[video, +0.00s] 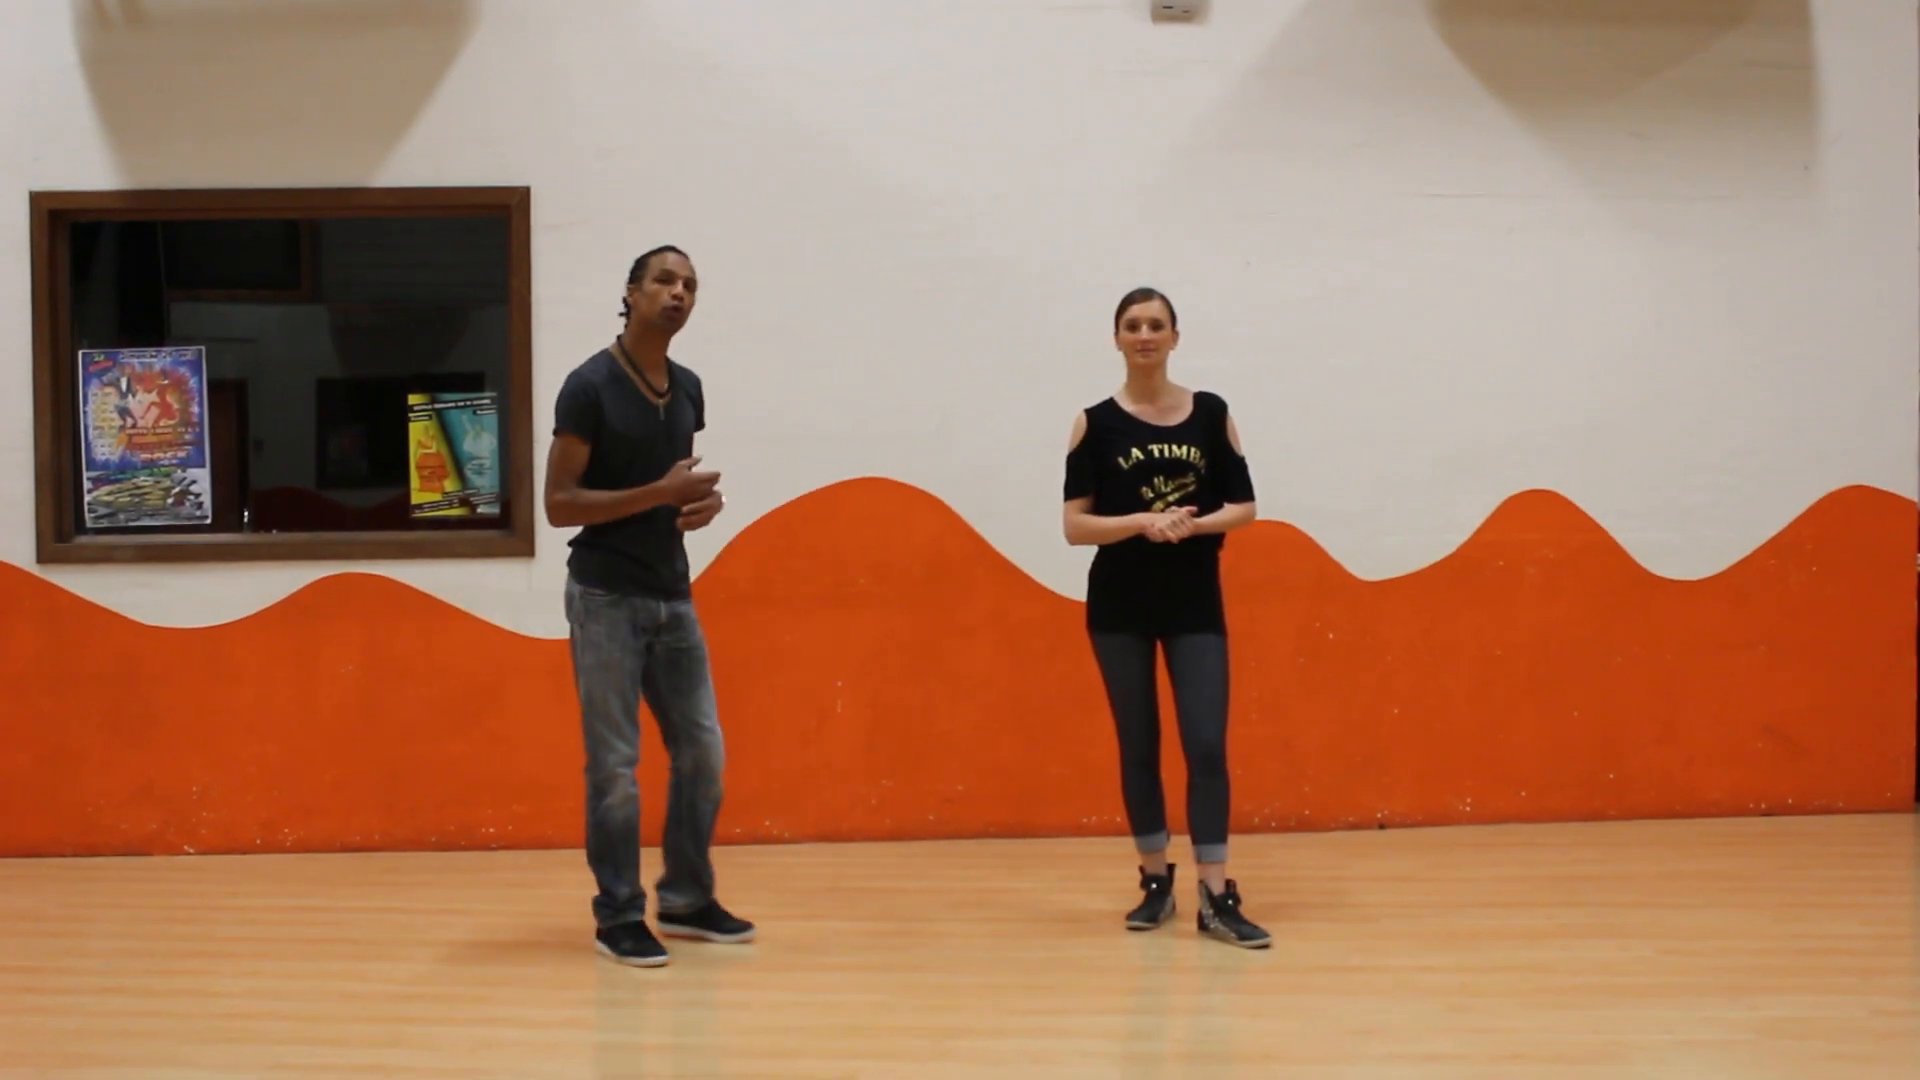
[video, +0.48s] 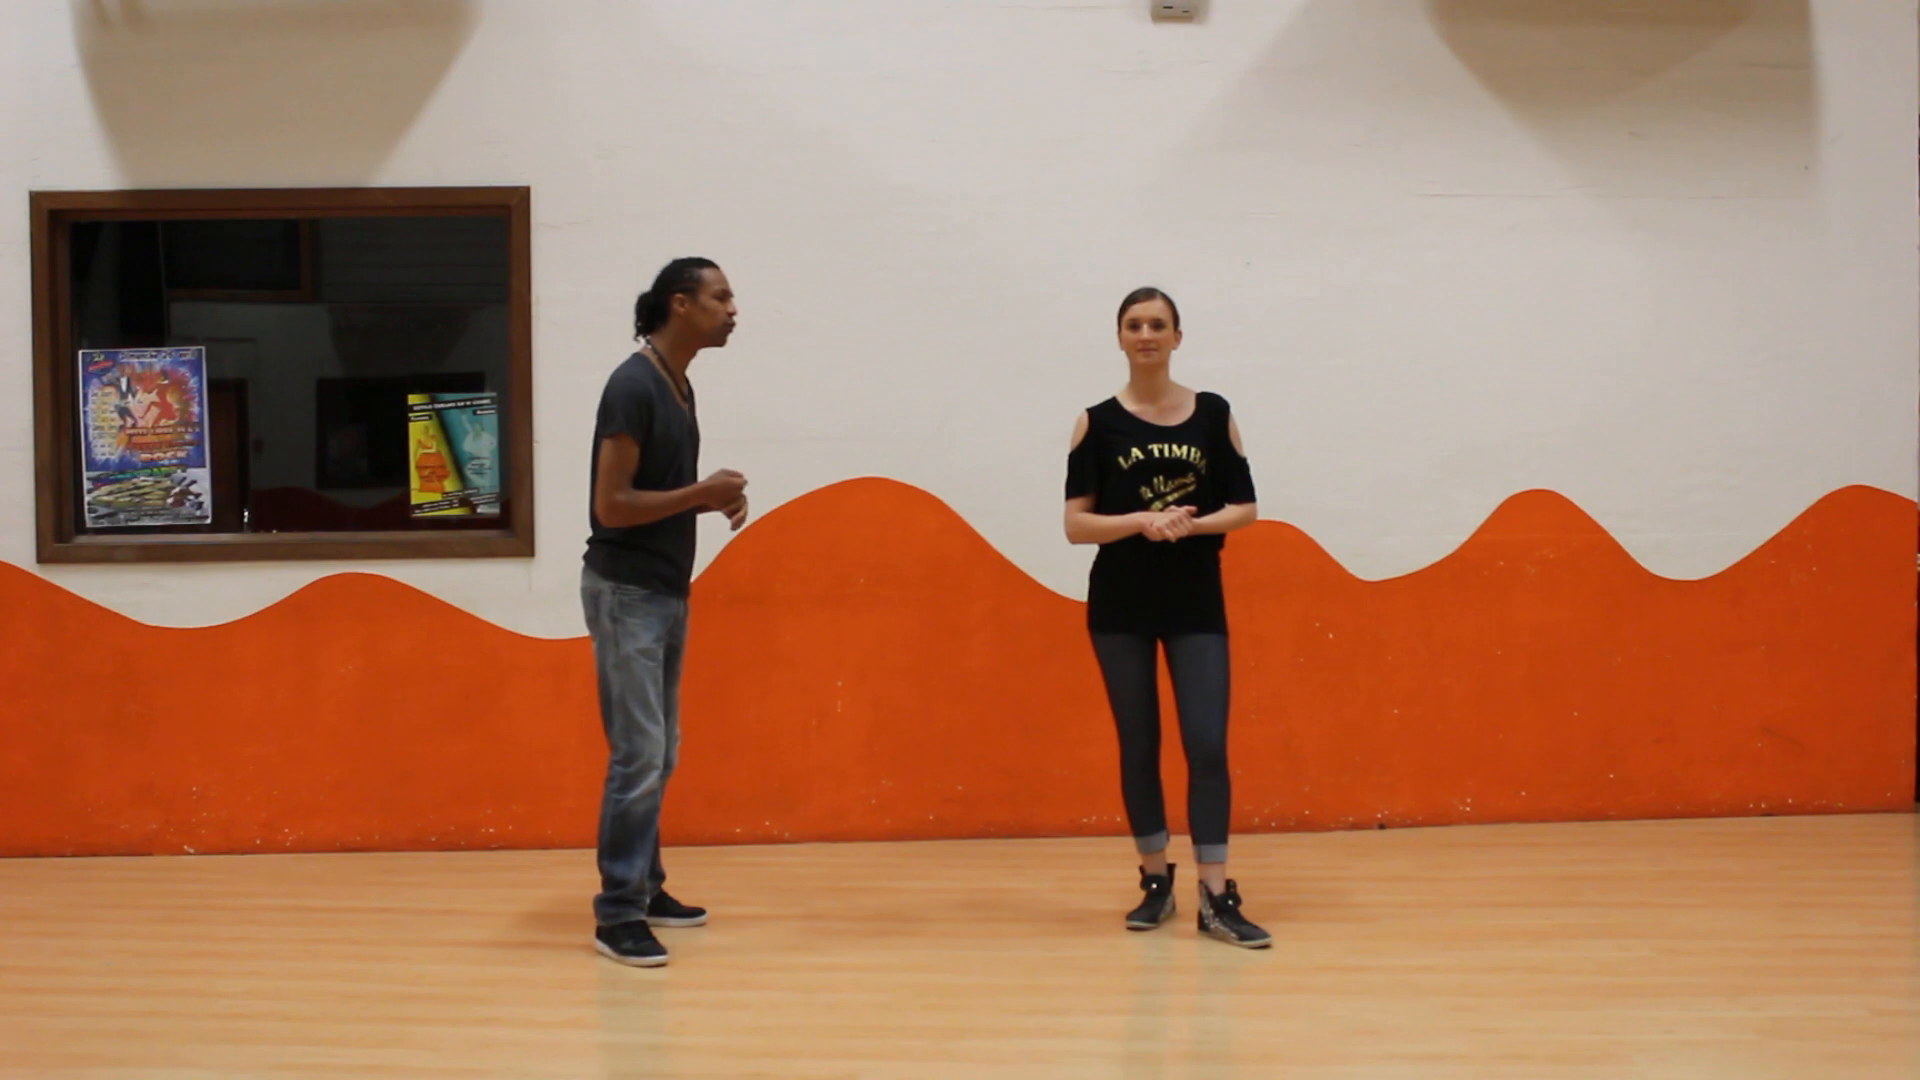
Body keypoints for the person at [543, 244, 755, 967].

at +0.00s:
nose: (679, 293)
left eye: (688, 286)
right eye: (665, 279)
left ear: (692, 308)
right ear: (629, 294)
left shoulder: (686, 392)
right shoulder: (589, 386)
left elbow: (659, 502)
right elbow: (559, 506)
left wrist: (694, 509)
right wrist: (661, 493)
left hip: (671, 597)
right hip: (604, 596)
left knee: (701, 750)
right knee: (615, 759)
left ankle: (686, 897)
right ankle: (619, 914)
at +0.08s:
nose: (687, 296)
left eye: (693, 288)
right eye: (672, 282)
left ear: (694, 308)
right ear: (631, 294)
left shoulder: (682, 388)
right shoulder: (592, 385)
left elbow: (664, 494)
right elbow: (565, 503)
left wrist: (705, 500)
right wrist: (666, 488)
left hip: (668, 596)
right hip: (606, 596)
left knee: (691, 751)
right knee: (617, 758)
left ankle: (669, 891)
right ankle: (618, 912)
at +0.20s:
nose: (705, 300)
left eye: (705, 289)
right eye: (690, 287)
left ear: (680, 306)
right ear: (646, 298)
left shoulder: (679, 389)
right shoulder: (601, 385)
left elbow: (665, 490)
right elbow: (578, 502)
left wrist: (705, 498)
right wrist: (675, 484)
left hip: (666, 596)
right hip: (611, 595)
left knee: (670, 753)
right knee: (622, 756)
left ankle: (649, 887)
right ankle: (618, 911)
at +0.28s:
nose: (712, 302)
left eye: (712, 291)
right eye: (699, 289)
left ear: (678, 306)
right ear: (654, 300)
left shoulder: (679, 389)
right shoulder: (610, 385)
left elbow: (659, 491)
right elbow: (588, 503)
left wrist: (705, 496)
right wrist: (684, 485)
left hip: (665, 593)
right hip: (615, 592)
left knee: (662, 754)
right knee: (624, 756)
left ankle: (643, 887)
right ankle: (618, 912)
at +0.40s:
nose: (724, 306)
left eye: (722, 294)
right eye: (712, 294)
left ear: (685, 308)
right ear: (668, 304)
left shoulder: (677, 386)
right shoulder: (624, 385)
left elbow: (658, 489)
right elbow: (603, 506)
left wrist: (708, 498)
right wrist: (696, 489)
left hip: (664, 592)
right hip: (621, 591)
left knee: (659, 752)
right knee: (634, 753)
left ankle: (643, 886)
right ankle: (617, 911)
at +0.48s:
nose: (733, 310)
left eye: (731, 299)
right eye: (721, 299)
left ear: (693, 310)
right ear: (679, 306)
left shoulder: (677, 386)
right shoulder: (632, 387)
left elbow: (657, 492)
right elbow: (610, 508)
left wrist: (711, 500)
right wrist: (703, 492)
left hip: (664, 594)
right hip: (623, 593)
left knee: (659, 750)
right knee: (640, 751)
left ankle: (643, 886)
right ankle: (617, 913)